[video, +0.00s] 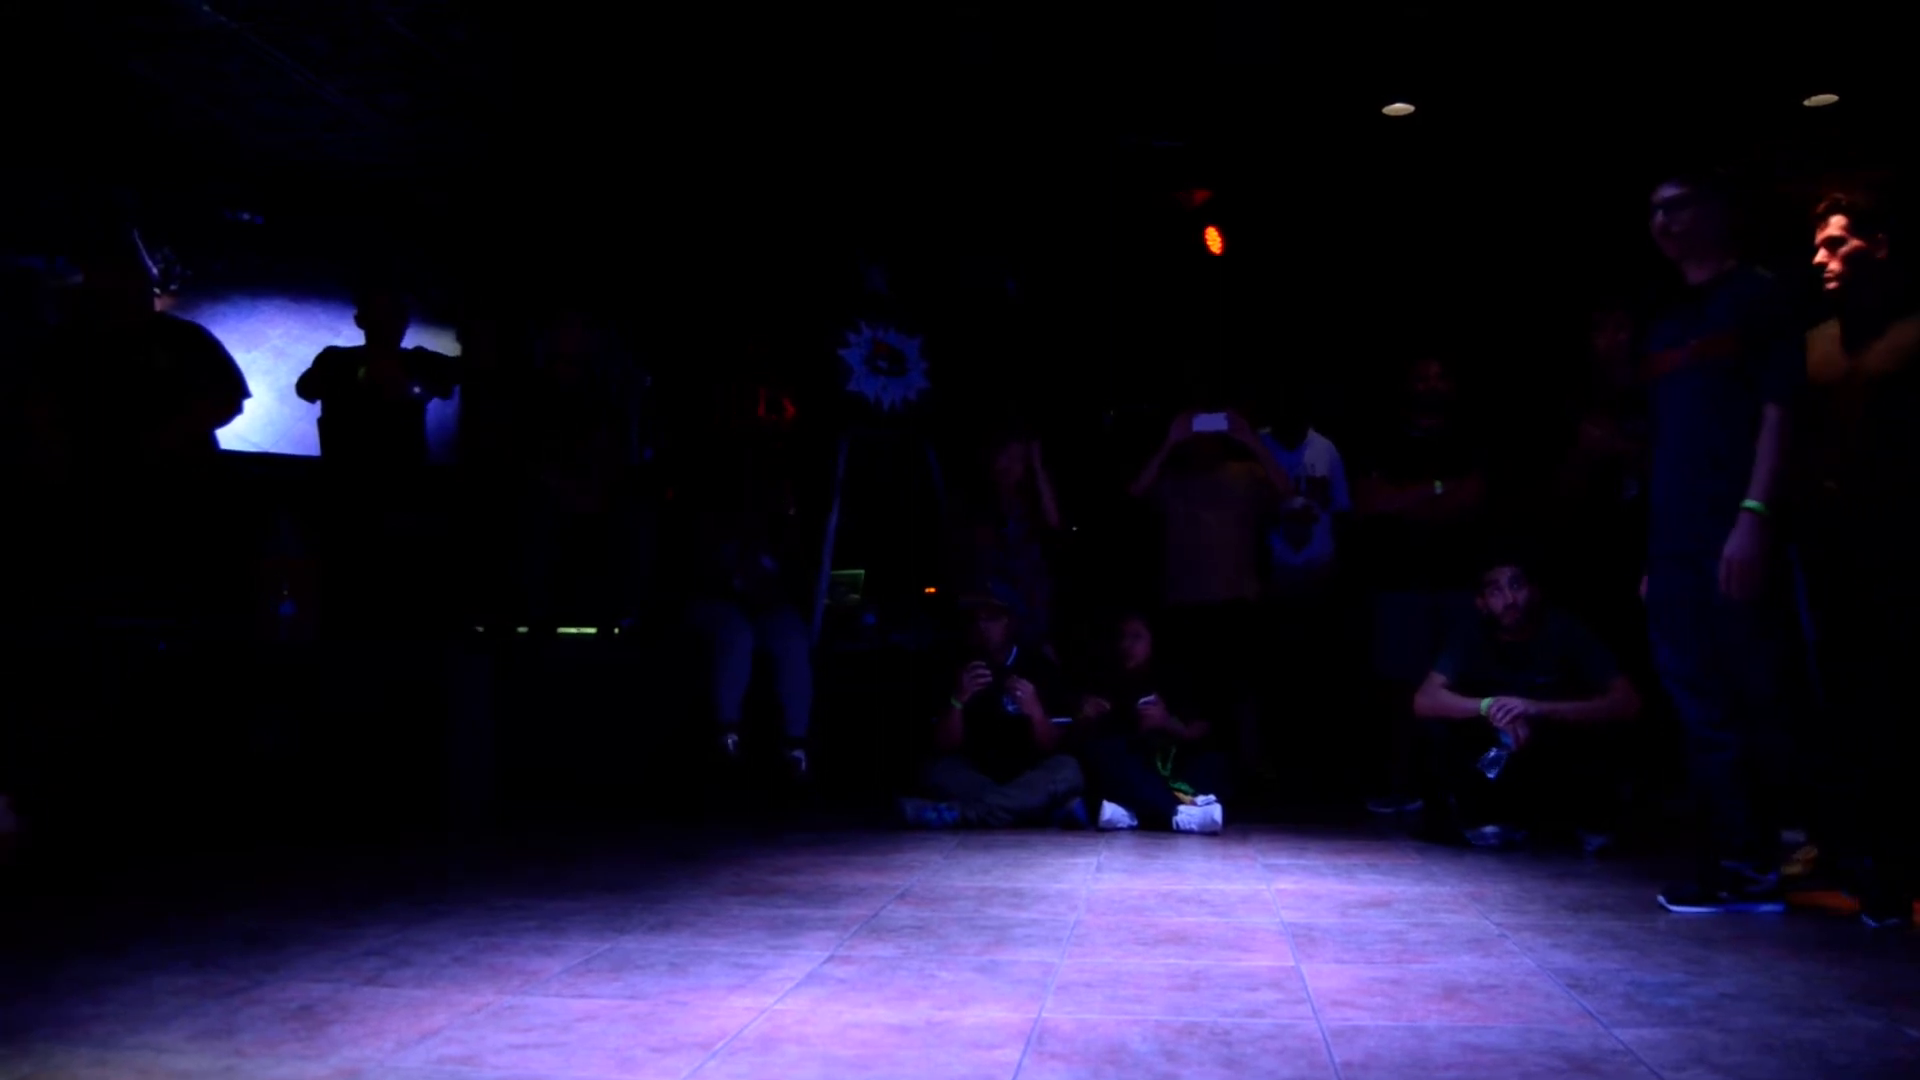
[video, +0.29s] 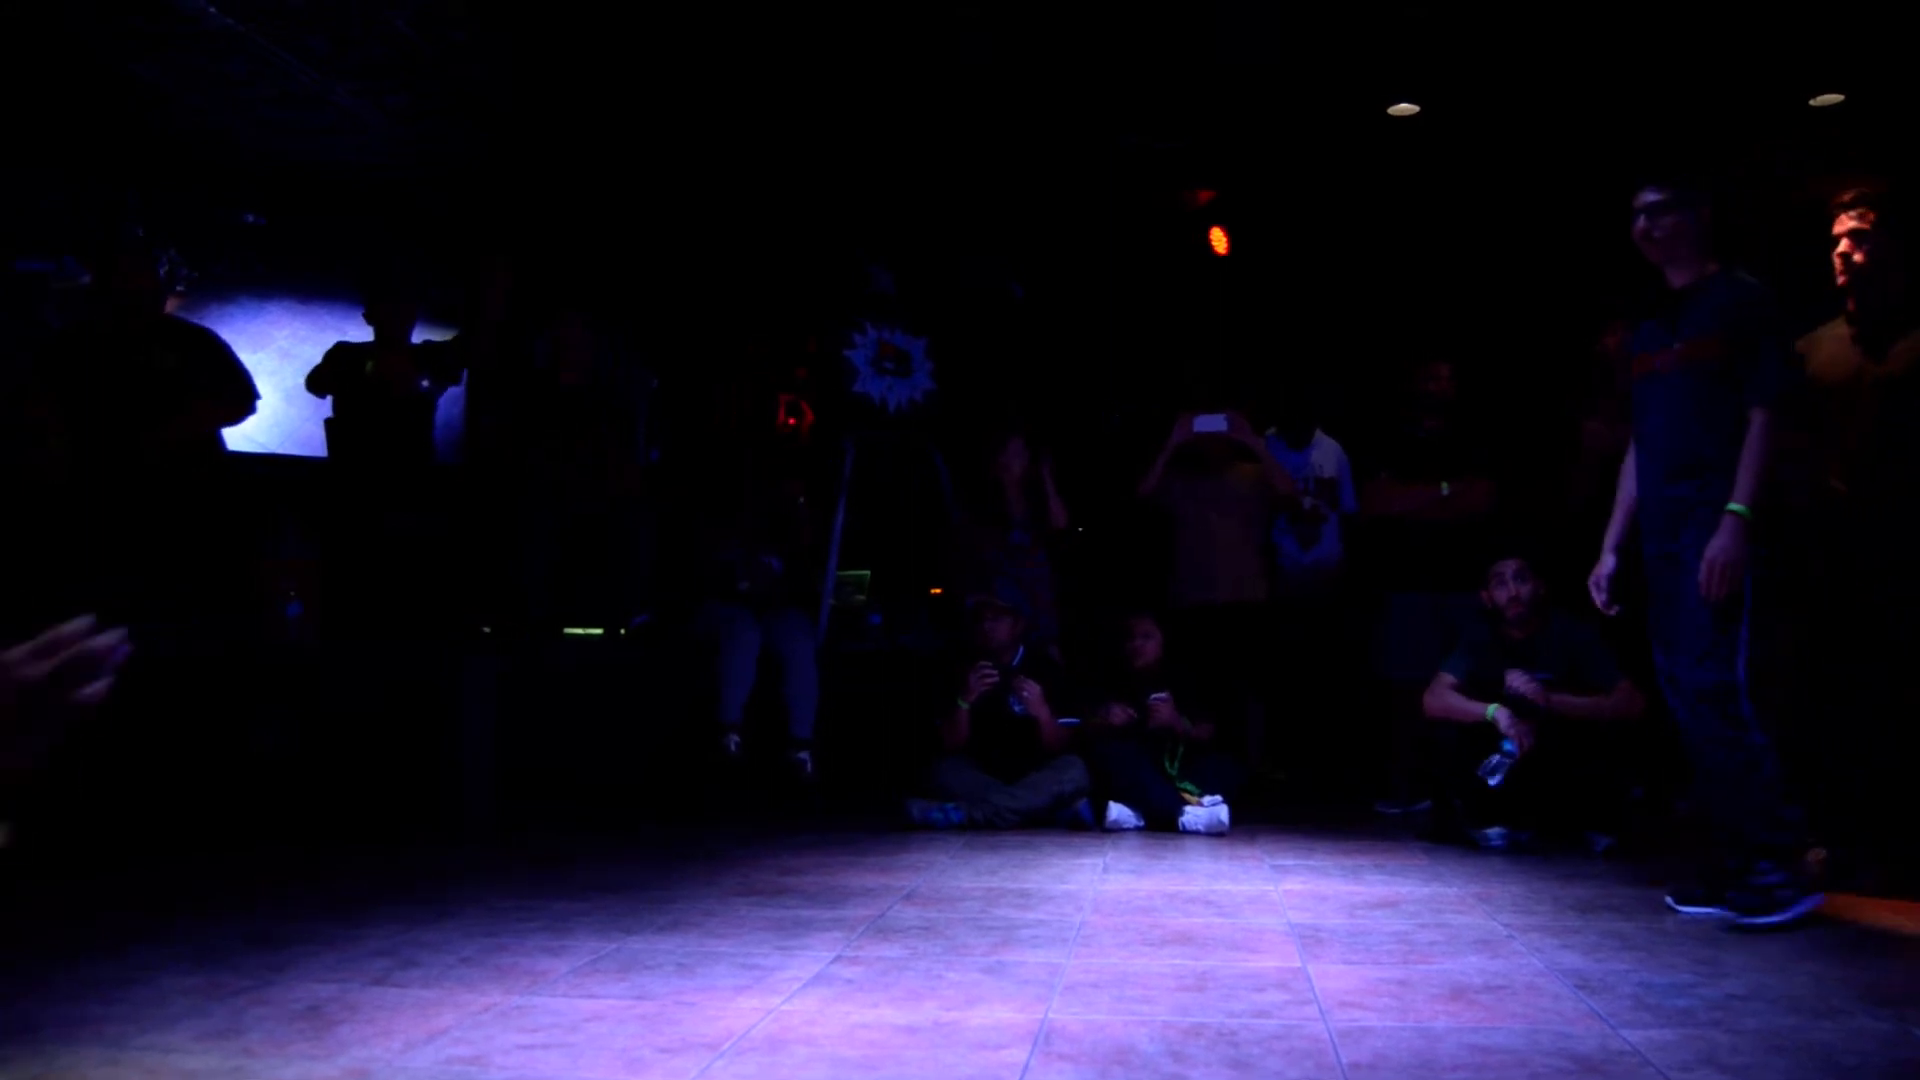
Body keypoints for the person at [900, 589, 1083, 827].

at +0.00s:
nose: (983, 629)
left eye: (992, 619)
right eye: (976, 620)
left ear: (1009, 623)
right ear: (968, 626)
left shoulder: (1033, 665)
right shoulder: (954, 666)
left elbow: (1050, 743)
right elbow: (945, 744)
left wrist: (1033, 710)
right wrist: (959, 700)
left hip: (1025, 762)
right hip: (973, 763)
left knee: (1067, 771)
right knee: (939, 772)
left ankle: (963, 814)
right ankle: (1043, 813)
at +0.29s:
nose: (988, 627)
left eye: (997, 618)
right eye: (982, 619)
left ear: (1017, 623)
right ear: (975, 625)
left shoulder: (1041, 665)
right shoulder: (962, 666)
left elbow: (1058, 743)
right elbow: (951, 743)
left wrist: (1040, 710)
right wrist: (966, 699)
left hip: (1032, 763)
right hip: (979, 764)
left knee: (1074, 771)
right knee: (945, 772)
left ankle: (969, 814)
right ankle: (1049, 813)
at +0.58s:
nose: (1037, 625)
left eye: (1045, 616)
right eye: (1031, 617)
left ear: (1062, 621)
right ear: (1022, 624)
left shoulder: (1085, 661)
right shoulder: (1010, 662)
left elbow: (1102, 741)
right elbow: (996, 740)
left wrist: (1083, 706)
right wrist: (1010, 695)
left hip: (1076, 757)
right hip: (1025, 758)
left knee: (1117, 767)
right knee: (991, 769)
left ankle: (1014, 810)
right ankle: (1094, 809)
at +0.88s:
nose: (1059, 627)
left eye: (1067, 618)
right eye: (1052, 619)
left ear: (1082, 623)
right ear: (1043, 625)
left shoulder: (1105, 662)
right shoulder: (1030, 663)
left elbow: (1124, 740)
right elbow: (1016, 741)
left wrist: (1104, 706)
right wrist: (1031, 696)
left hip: (1097, 759)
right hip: (1045, 759)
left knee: (1138, 768)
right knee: (1011, 769)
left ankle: (1034, 811)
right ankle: (1113, 811)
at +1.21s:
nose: (1068, 625)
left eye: (1076, 616)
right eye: (1060, 617)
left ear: (1088, 621)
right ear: (1049, 623)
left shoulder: (1110, 659)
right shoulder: (1035, 662)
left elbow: (1128, 738)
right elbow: (1023, 743)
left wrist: (1108, 705)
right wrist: (1034, 695)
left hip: (1102, 756)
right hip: (1051, 757)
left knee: (1141, 766)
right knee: (1017, 768)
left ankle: (1037, 809)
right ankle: (1118, 809)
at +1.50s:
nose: (1073, 628)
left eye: (1080, 619)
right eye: (1065, 619)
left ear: (1092, 623)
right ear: (1052, 624)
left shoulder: (1110, 661)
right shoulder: (1039, 663)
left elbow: (1128, 738)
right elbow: (1024, 743)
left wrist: (1108, 705)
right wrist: (1035, 695)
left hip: (1102, 757)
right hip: (1052, 757)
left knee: (1141, 766)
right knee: (1018, 768)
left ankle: (1036, 809)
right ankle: (1121, 808)